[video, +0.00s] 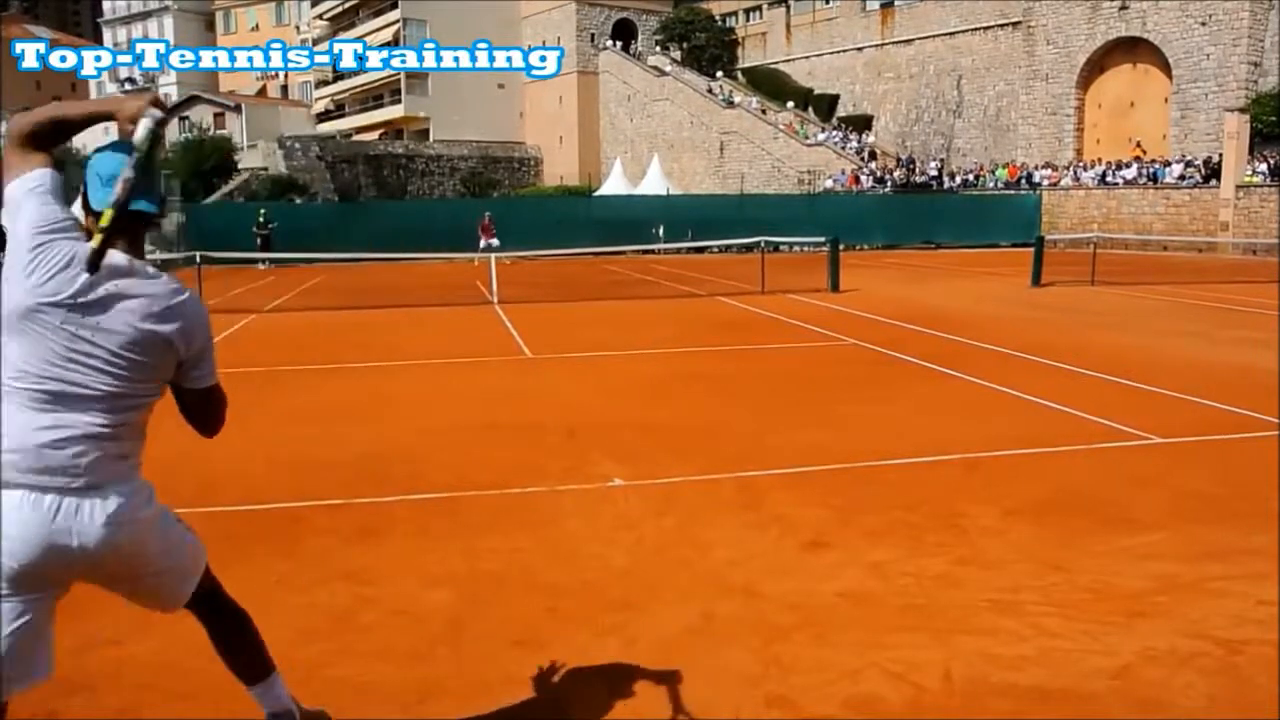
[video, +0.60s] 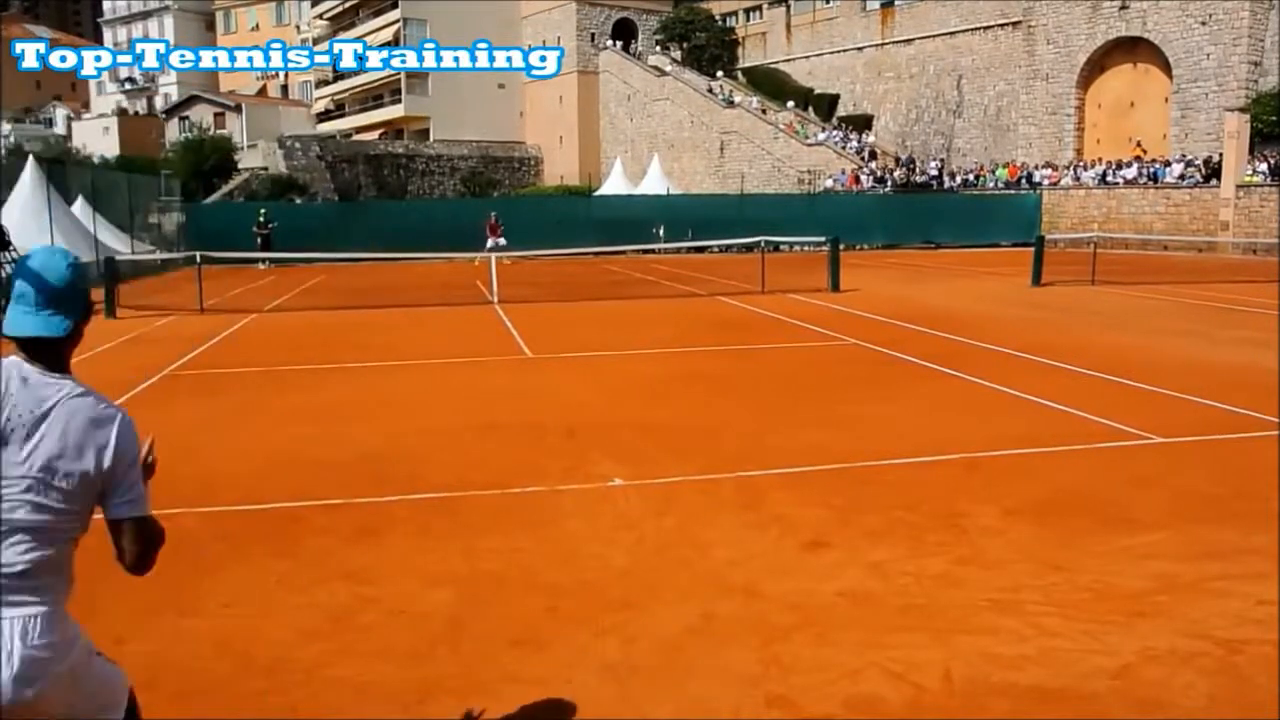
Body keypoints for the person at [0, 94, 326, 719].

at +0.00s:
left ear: (81, 206)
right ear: (151, 217)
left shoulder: (37, 249)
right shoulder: (174, 305)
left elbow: (23, 132)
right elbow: (208, 419)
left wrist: (111, 106)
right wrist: (171, 346)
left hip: (13, 512)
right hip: (114, 515)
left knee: (1, 688)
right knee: (209, 602)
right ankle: (286, 711)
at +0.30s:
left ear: (43, 266)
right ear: (118, 270)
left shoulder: (8, 311)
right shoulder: (140, 361)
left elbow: (3, 221)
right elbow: (176, 482)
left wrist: (29, 149)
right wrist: (154, 403)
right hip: (66, 571)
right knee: (176, 659)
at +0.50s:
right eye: (89, 311)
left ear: (9, 312)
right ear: (83, 323)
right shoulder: (102, 422)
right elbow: (137, 557)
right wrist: (138, 489)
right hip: (26, 637)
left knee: (116, 701)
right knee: (117, 703)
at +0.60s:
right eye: (89, 311)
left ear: (9, 312)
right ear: (83, 323)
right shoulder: (102, 422)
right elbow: (137, 557)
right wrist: (138, 488)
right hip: (26, 638)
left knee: (116, 701)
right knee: (117, 703)